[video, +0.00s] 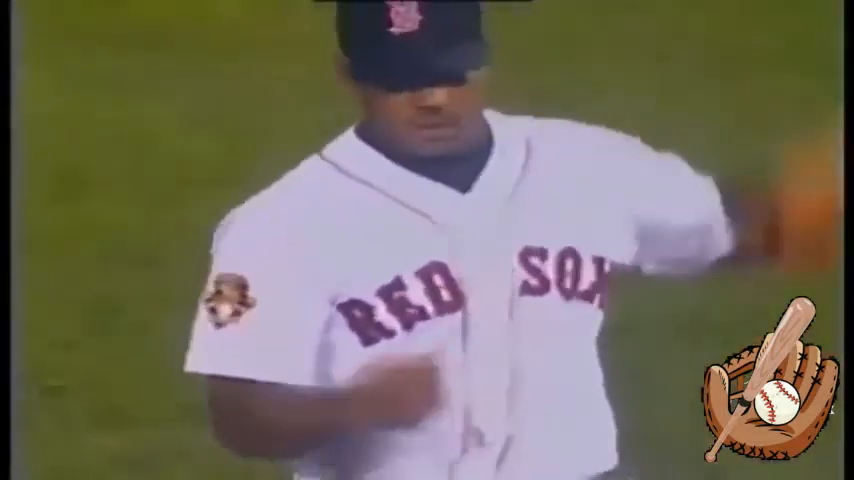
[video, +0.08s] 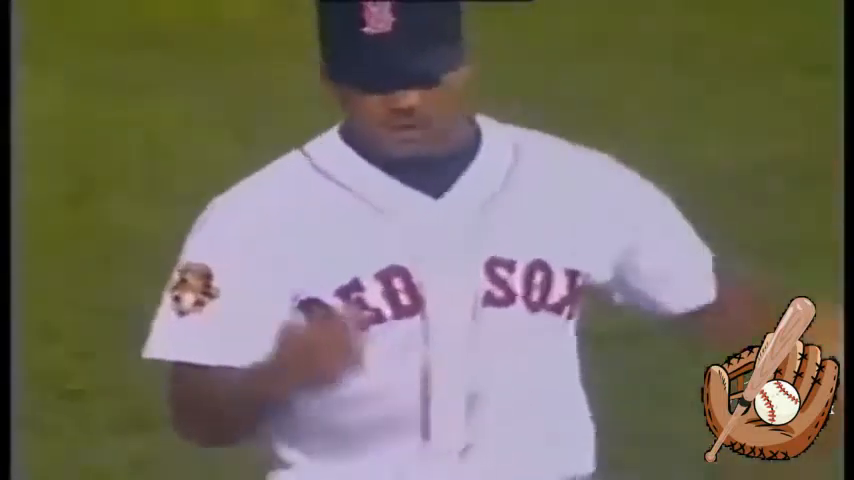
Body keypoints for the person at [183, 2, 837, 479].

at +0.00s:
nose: (432, 100)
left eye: (450, 74)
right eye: (403, 80)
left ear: (479, 59)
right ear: (354, 77)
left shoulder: (586, 168)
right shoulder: (277, 228)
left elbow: (731, 222)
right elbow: (241, 418)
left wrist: (802, 212)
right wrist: (356, 405)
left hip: (575, 468)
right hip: (396, 473)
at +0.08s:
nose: (404, 103)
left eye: (427, 76)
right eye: (375, 82)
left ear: (466, 61)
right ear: (332, 80)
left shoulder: (585, 189)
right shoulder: (251, 219)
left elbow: (711, 300)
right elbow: (197, 417)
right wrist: (278, 374)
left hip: (544, 469)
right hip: (344, 470)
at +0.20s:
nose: (365, 116)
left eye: (388, 90)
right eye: (336, 94)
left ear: (440, 77)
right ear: (303, 89)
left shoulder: (548, 211)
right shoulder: (223, 220)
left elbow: (664, 376)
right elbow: (157, 428)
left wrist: (692, 468)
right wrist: (159, 338)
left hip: (495, 469)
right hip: (296, 470)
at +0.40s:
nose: (310, 129)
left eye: (335, 105)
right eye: (288, 107)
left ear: (398, 88)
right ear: (261, 100)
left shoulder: (510, 227)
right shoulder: (198, 220)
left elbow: (570, 417)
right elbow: (162, 375)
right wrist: (117, 392)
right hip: (244, 474)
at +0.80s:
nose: (254, 173)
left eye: (267, 152)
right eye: (240, 155)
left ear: (333, 115)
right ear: (222, 127)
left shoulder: (507, 211)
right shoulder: (214, 199)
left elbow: (592, 402)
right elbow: (216, 372)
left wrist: (516, 472)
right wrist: (163, 469)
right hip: (274, 465)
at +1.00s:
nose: (270, 226)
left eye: (284, 203)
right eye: (252, 209)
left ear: (353, 150)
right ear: (229, 172)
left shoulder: (522, 228)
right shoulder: (237, 215)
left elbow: (643, 404)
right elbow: (229, 361)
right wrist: (142, 467)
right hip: (305, 465)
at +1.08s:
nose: (283, 242)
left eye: (297, 220)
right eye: (265, 224)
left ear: (367, 165)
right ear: (239, 191)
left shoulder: (531, 241)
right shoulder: (244, 225)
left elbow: (658, 421)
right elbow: (233, 365)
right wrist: (145, 468)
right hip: (308, 469)